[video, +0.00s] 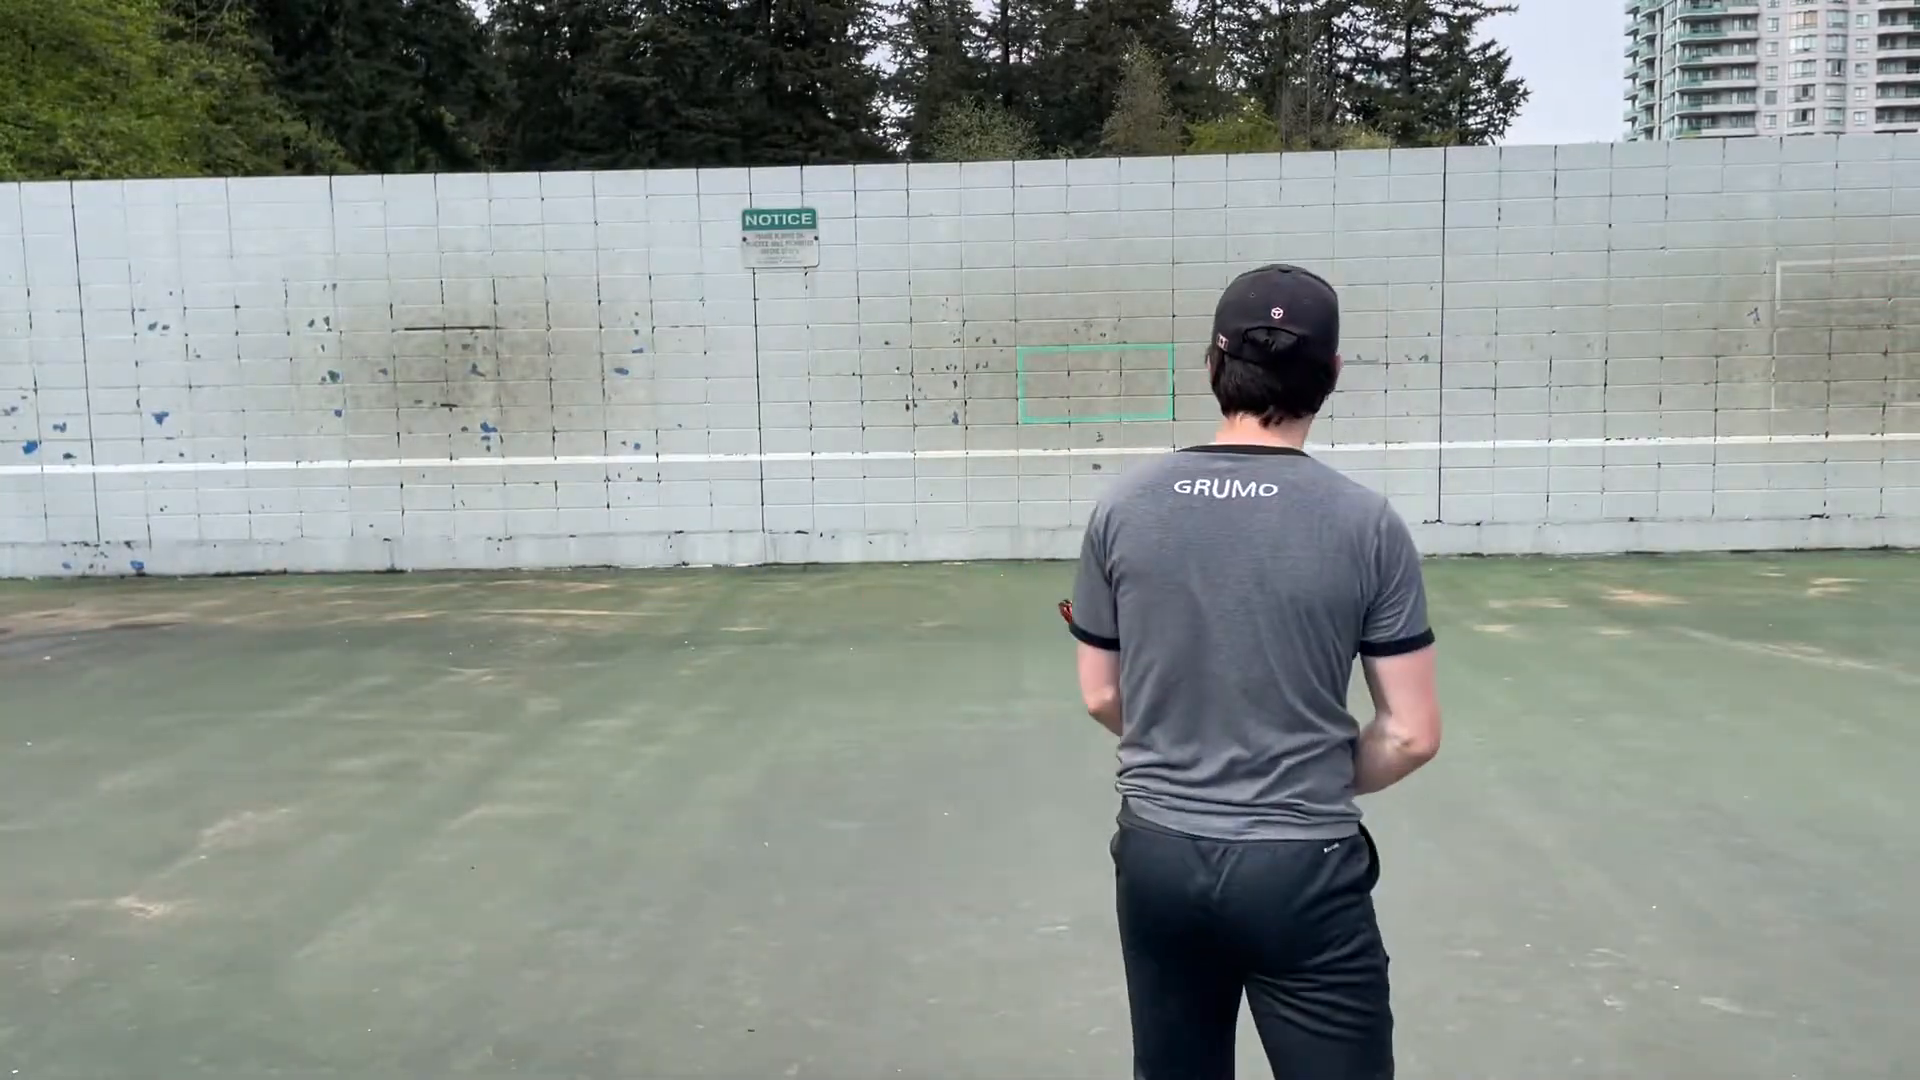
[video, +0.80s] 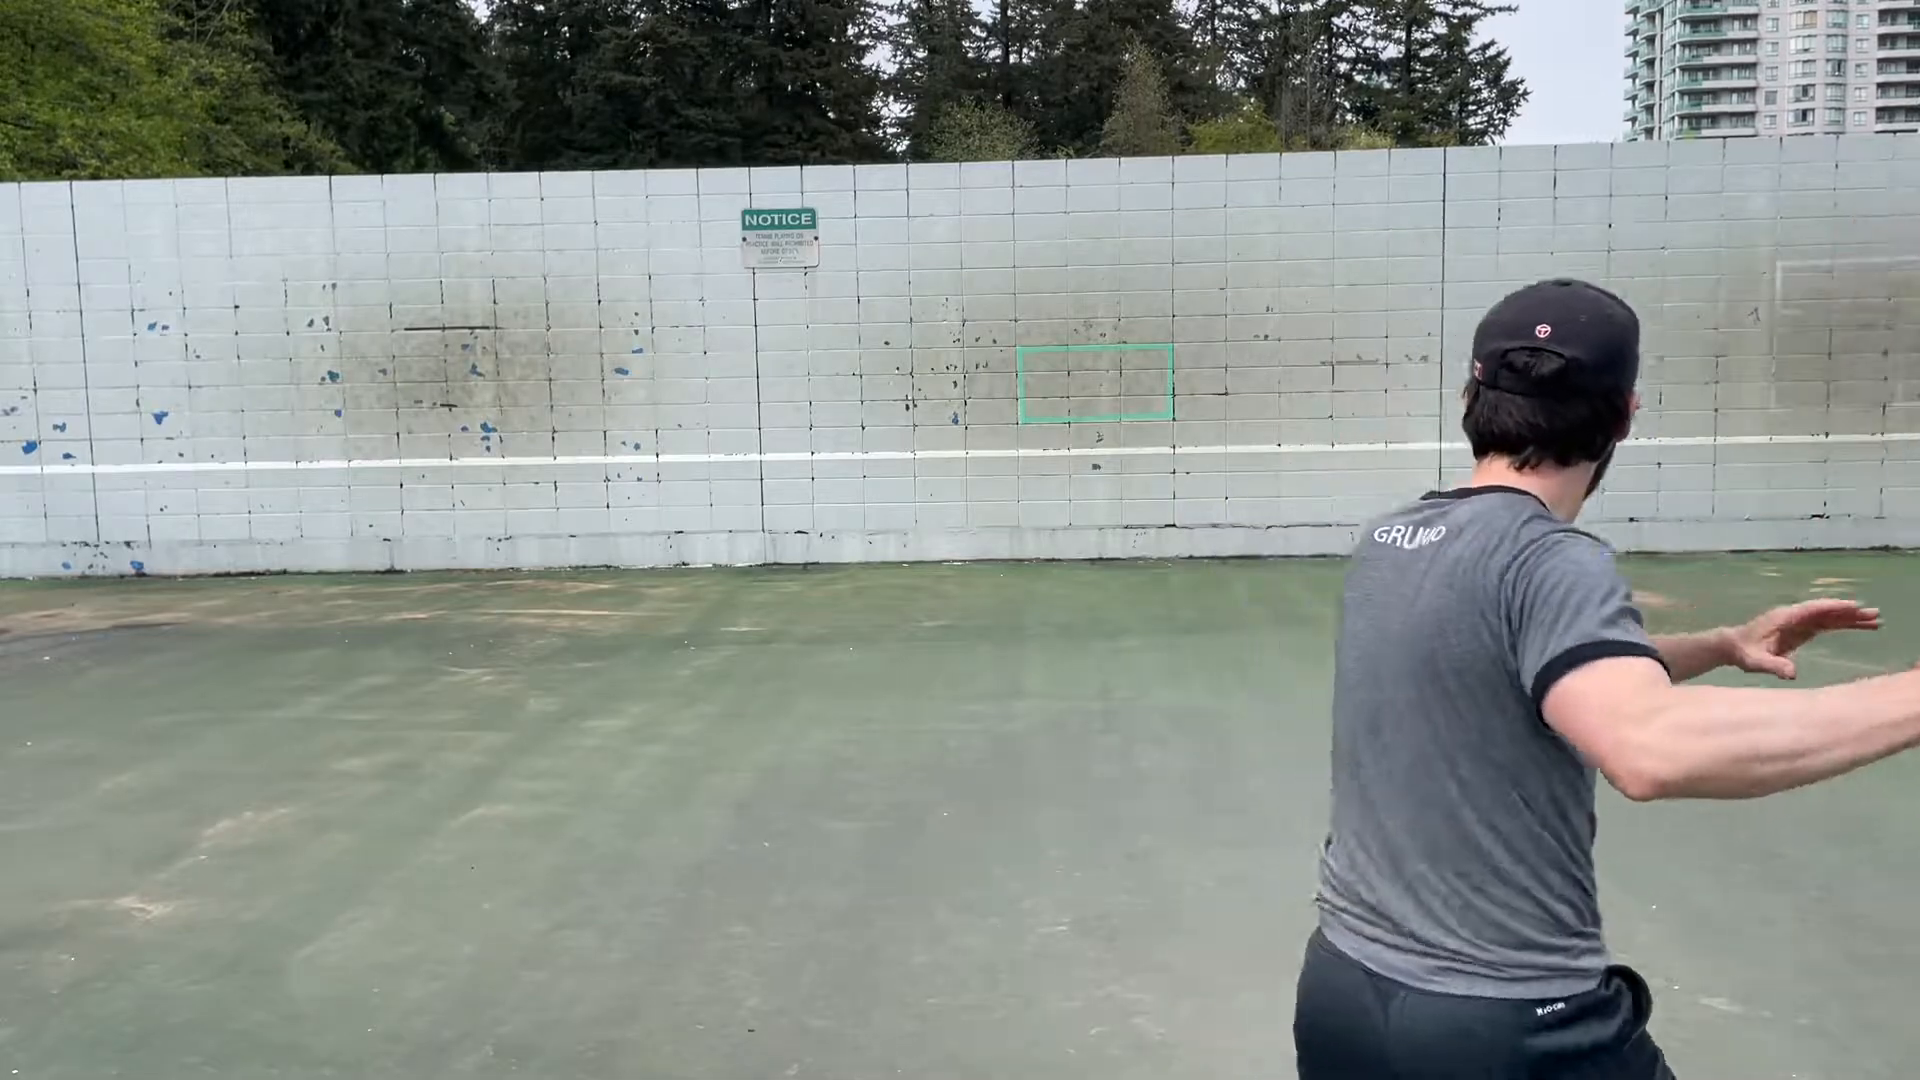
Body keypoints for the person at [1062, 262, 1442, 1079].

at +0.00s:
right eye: (1338, 355)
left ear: (1213, 362)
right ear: (1331, 377)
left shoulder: (1127, 502)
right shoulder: (1367, 523)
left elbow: (1103, 695)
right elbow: (1413, 732)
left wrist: (1182, 740)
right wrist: (1311, 774)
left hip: (1159, 870)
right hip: (1305, 879)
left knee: (1174, 1072)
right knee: (1344, 1069)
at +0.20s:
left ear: (1274, 391)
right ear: (1402, 405)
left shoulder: (1188, 536)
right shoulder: (1431, 558)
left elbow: (1180, 717)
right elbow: (1480, 788)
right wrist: (1409, 811)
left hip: (1193, 935)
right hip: (1349, 950)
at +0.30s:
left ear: (1302, 384)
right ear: (1431, 402)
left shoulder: (1212, 532)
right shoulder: (1455, 556)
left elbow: (1246, 712)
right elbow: (1536, 791)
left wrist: (1430, 787)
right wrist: (1467, 788)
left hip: (1213, 948)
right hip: (1373, 965)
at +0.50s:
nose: (1484, 357)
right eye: (1481, 342)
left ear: (1332, 347)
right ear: (1472, 365)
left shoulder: (1249, 503)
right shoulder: (1458, 528)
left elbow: (1375, 638)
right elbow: (1620, 750)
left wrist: (1570, 602)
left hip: (1231, 926)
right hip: (1388, 956)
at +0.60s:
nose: (1500, 402)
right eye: (1499, 388)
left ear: (1344, 392)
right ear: (1490, 410)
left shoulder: (1269, 541)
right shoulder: (1436, 568)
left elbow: (1416, 647)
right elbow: (1634, 766)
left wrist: (1590, 615)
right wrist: (1781, 693)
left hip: (1241, 981)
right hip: (1397, 1015)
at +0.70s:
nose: (1546, 429)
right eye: (1546, 413)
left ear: (1386, 416)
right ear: (1532, 435)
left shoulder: (1307, 567)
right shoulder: (1472, 587)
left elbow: (1453, 675)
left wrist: (1635, 639)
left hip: (1276, 1009)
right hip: (1440, 1040)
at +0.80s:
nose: (1636, 413)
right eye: (1637, 399)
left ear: (1475, 396)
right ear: (1624, 418)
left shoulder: (1388, 541)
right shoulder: (1550, 562)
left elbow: (1535, 655)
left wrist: (1722, 646)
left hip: (1344, 1005)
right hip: (1519, 1032)